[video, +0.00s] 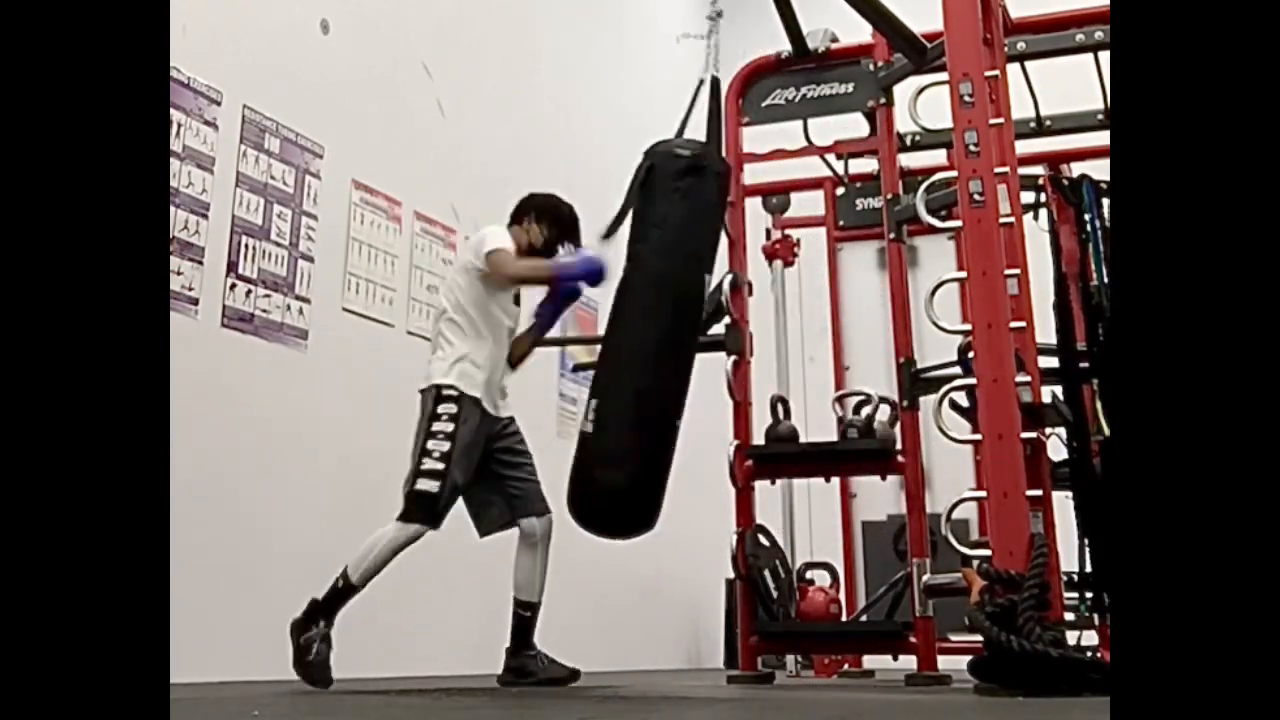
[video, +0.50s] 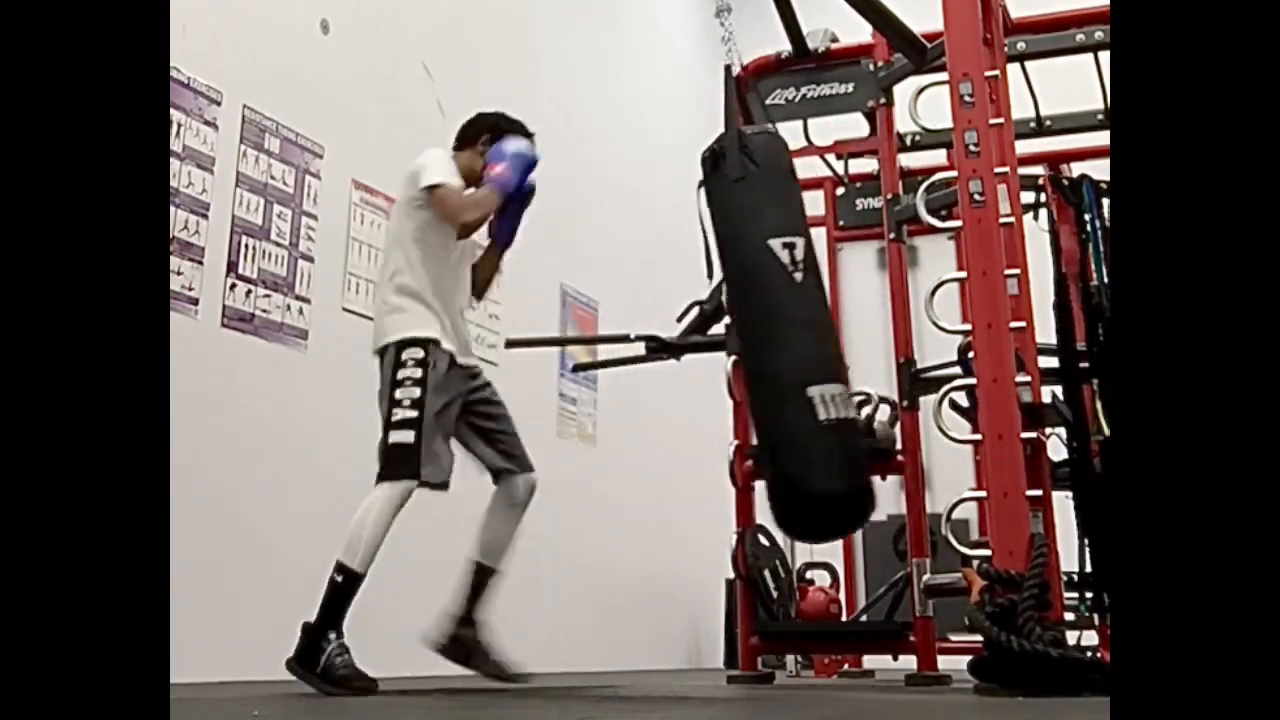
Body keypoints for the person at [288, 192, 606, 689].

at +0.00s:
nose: (546, 251)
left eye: (553, 248)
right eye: (546, 240)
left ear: (542, 246)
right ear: (527, 220)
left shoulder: (512, 287)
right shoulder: (491, 237)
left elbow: (509, 359)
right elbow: (504, 270)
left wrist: (549, 310)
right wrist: (568, 269)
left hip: (494, 408)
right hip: (456, 394)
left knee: (536, 525)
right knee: (416, 522)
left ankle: (522, 654)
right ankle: (315, 620)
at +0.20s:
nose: (503, 205)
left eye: (508, 198)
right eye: (499, 193)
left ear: (490, 201)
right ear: (471, 184)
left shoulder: (479, 246)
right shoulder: (436, 206)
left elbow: (513, 307)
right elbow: (461, 263)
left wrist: (524, 245)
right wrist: (494, 223)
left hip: (464, 388)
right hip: (424, 376)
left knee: (496, 514)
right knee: (403, 512)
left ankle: (502, 647)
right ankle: (333, 651)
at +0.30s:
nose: (492, 165)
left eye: (497, 160)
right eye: (490, 153)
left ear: (479, 151)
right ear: (467, 137)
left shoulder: (459, 203)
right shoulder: (425, 164)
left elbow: (464, 280)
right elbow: (437, 223)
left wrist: (498, 226)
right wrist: (482, 187)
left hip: (452, 350)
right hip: (413, 337)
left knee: (446, 493)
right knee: (404, 473)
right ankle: (329, 619)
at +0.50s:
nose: (502, 172)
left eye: (508, 166)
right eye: (503, 160)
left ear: (483, 156)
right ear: (480, 146)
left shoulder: (466, 212)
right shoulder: (435, 162)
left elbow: (477, 289)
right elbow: (461, 214)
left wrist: (507, 225)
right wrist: (503, 180)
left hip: (457, 352)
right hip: (414, 335)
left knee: (517, 482)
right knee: (399, 480)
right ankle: (320, 642)